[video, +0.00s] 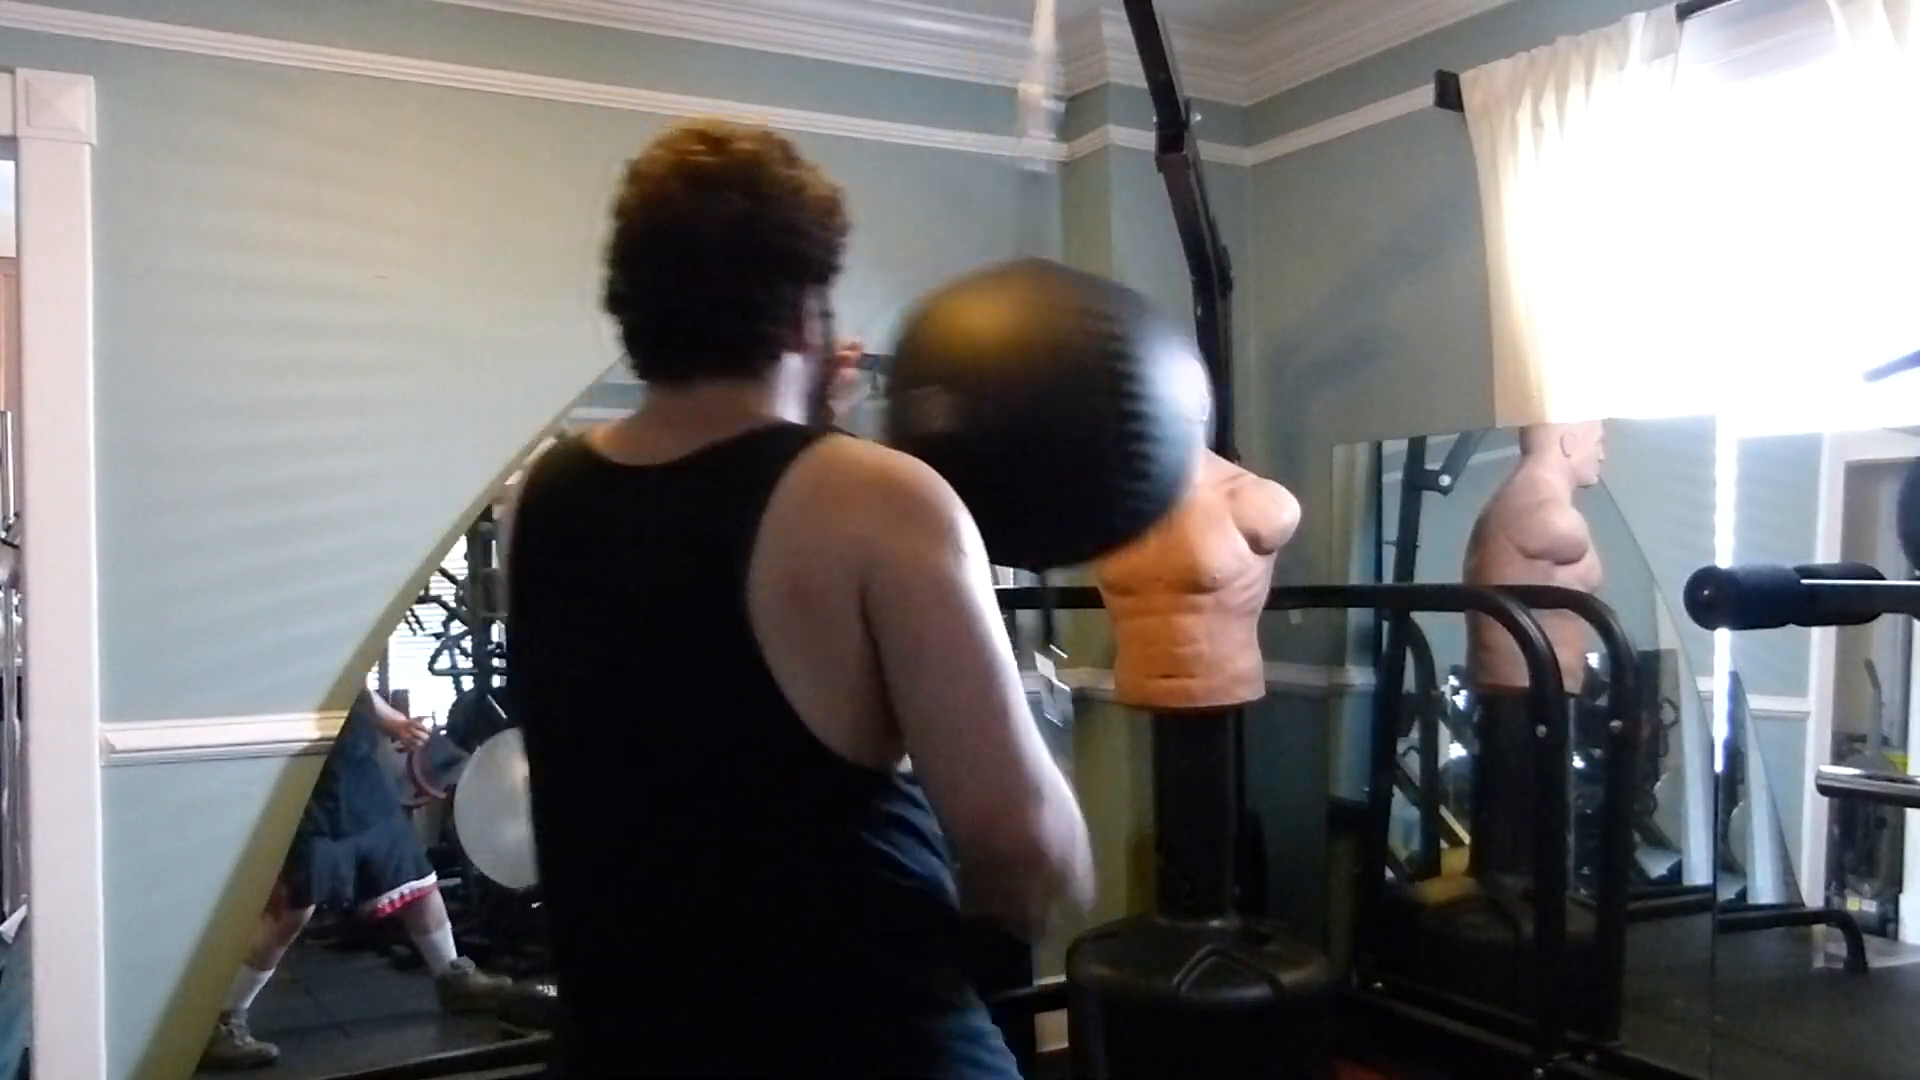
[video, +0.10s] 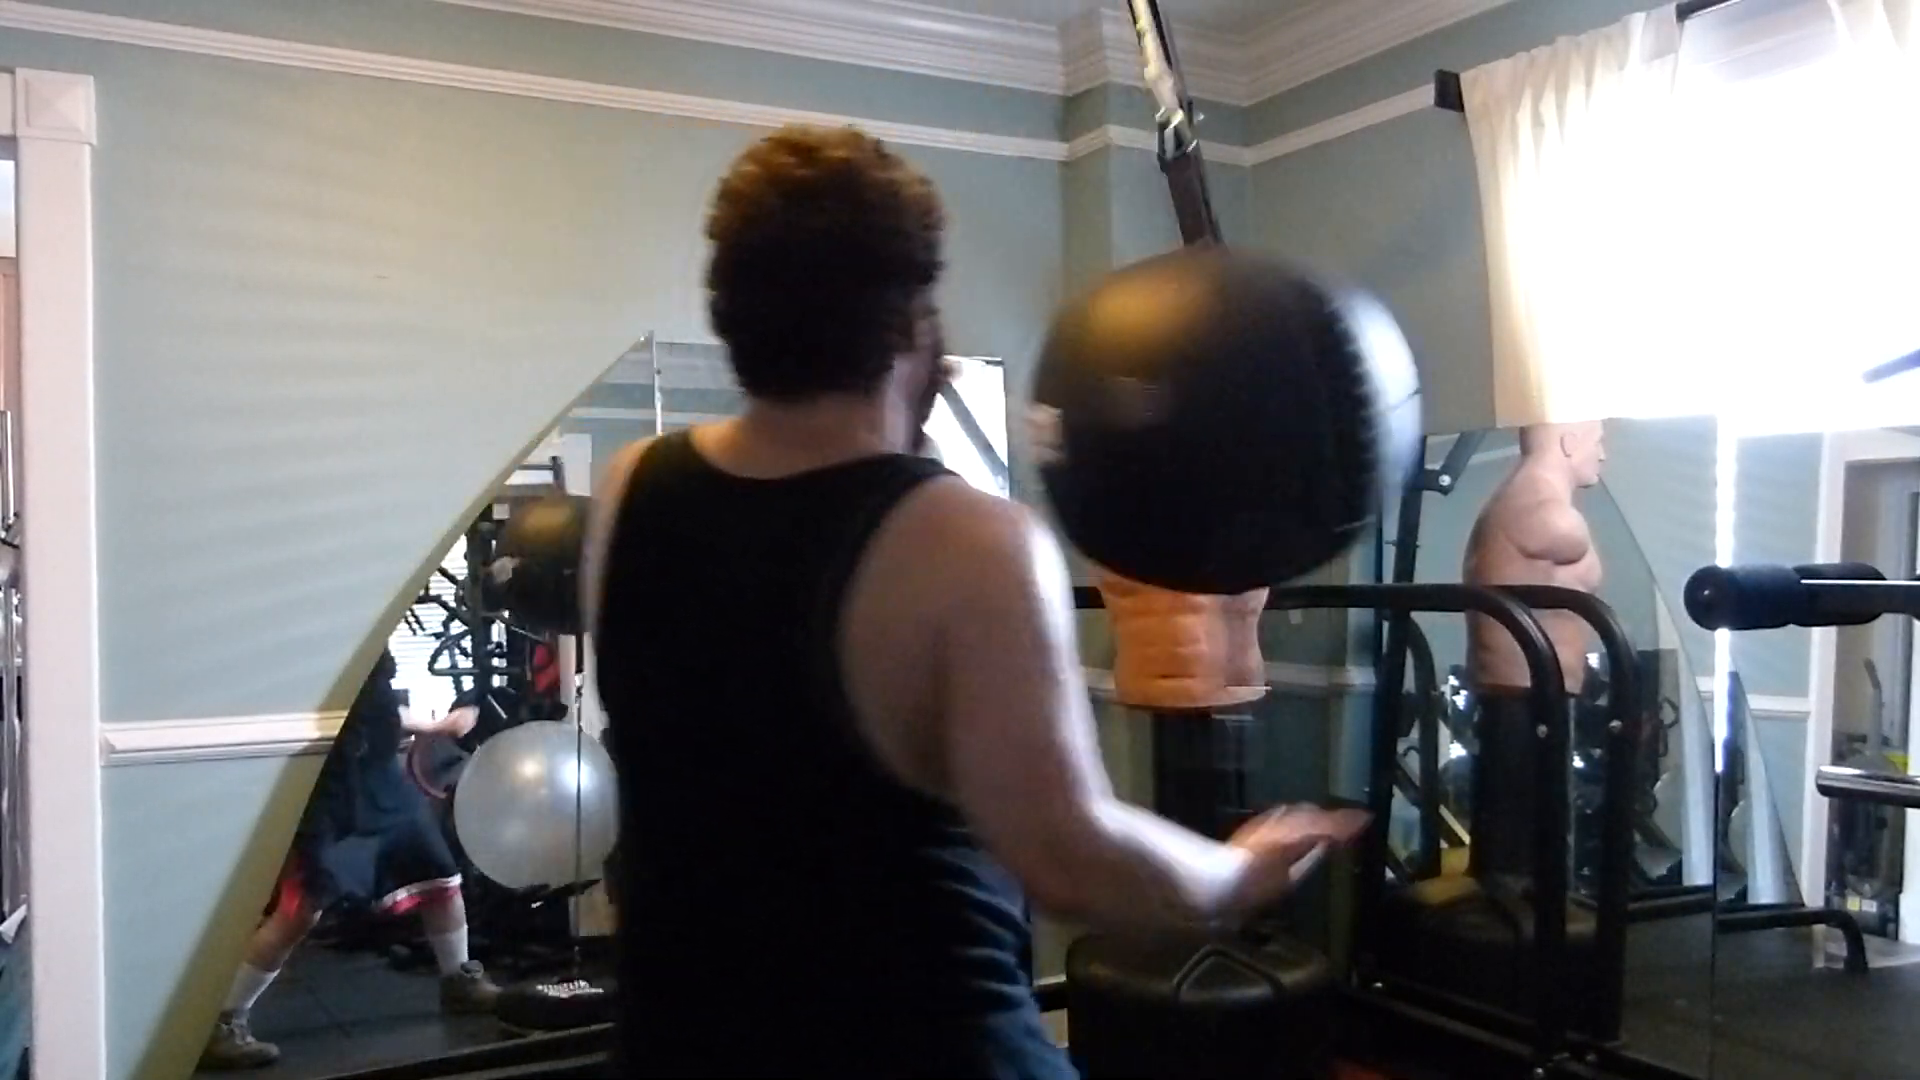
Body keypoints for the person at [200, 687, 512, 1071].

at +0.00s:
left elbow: (345, 671)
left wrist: (386, 717)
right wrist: (382, 715)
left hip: (359, 768)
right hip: (302, 779)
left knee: (416, 878)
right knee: (292, 906)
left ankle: (454, 976)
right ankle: (227, 1021)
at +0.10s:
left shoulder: (372, 642)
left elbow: (378, 715)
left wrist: (434, 727)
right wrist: (438, 726)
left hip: (386, 784)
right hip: (329, 791)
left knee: (442, 880)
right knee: (298, 911)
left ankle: (458, 981)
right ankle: (225, 1023)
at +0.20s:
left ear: (391, 584)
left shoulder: (401, 633)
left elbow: (459, 681)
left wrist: (507, 644)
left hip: (401, 790)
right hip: (334, 796)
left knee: (457, 877)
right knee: (314, 906)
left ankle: (464, 980)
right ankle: (230, 1016)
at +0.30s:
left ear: (404, 571)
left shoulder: (412, 620)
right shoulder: (326, 622)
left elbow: (462, 679)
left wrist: (472, 619)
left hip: (415, 773)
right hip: (337, 777)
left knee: (465, 883)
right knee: (320, 897)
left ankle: (463, 980)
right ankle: (242, 1009)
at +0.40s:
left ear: (408, 565)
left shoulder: (412, 614)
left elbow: (452, 694)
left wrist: (442, 633)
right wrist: (385, 618)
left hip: (417, 769)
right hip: (339, 775)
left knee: (464, 883)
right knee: (307, 897)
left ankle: (463, 981)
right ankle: (244, 1013)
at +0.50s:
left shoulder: (404, 611)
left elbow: (442, 694)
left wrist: (426, 645)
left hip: (409, 770)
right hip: (331, 778)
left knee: (458, 884)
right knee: (302, 902)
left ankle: (462, 980)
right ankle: (243, 1015)